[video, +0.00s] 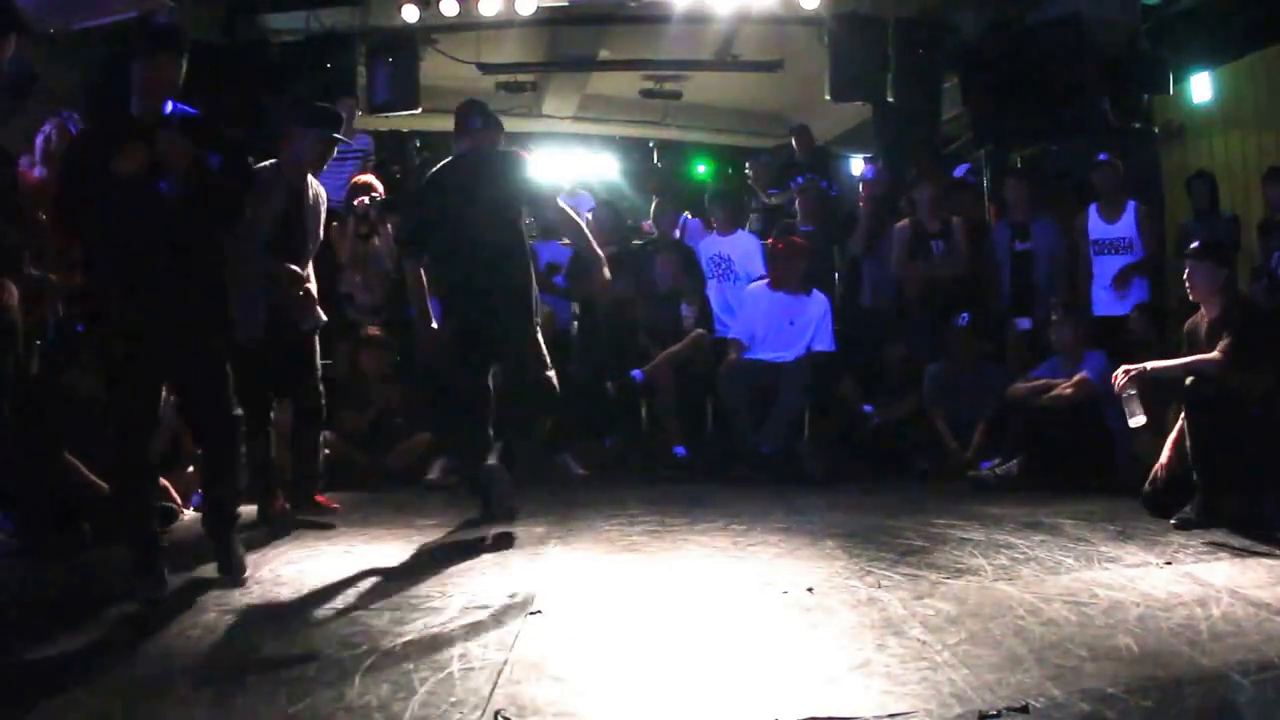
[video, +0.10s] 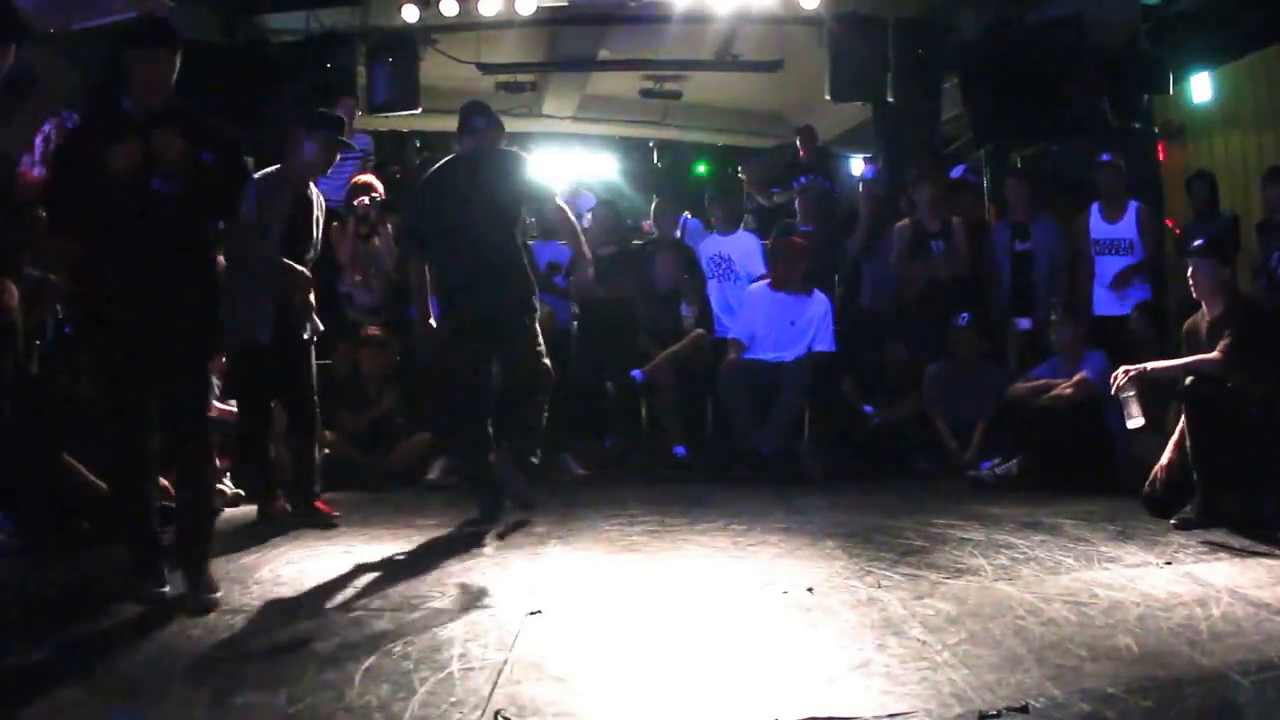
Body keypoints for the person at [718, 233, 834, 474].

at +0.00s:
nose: (781, 267)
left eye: (787, 261)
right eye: (778, 260)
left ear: (801, 265)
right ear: (771, 263)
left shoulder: (818, 302)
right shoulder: (754, 292)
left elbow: (822, 351)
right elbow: (739, 337)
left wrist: (803, 362)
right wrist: (733, 355)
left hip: (791, 364)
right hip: (755, 363)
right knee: (730, 374)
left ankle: (770, 448)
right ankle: (745, 447)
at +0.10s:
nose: (783, 268)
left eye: (790, 262)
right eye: (780, 261)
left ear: (803, 265)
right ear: (772, 263)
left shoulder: (819, 302)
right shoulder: (755, 293)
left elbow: (823, 350)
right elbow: (739, 337)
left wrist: (803, 361)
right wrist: (733, 354)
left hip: (791, 363)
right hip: (756, 362)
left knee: (798, 378)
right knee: (730, 372)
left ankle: (771, 447)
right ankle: (746, 445)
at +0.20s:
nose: (797, 271)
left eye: (800, 264)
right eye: (790, 263)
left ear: (807, 267)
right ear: (776, 265)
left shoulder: (819, 302)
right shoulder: (755, 294)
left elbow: (822, 351)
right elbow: (739, 337)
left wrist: (802, 363)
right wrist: (733, 354)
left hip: (792, 363)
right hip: (755, 363)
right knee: (730, 372)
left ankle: (773, 447)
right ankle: (747, 443)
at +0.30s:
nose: (803, 269)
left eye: (803, 262)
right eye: (793, 262)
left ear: (807, 265)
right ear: (776, 264)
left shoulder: (819, 302)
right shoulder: (756, 293)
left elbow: (823, 351)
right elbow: (739, 337)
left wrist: (803, 362)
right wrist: (733, 354)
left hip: (791, 363)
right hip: (755, 363)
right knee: (730, 372)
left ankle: (772, 447)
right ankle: (747, 444)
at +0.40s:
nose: (794, 269)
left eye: (800, 262)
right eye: (788, 263)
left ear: (808, 266)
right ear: (775, 265)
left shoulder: (820, 303)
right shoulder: (755, 294)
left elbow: (822, 352)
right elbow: (738, 335)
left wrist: (803, 361)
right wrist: (733, 353)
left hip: (791, 363)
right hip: (755, 362)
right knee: (730, 371)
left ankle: (773, 447)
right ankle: (746, 444)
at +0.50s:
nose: (806, 268)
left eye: (807, 261)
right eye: (798, 261)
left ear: (810, 265)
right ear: (778, 266)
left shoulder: (819, 302)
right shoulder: (755, 294)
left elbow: (823, 351)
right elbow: (737, 336)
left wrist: (802, 363)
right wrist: (733, 355)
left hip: (792, 363)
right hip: (755, 363)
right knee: (730, 375)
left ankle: (773, 451)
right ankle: (746, 449)